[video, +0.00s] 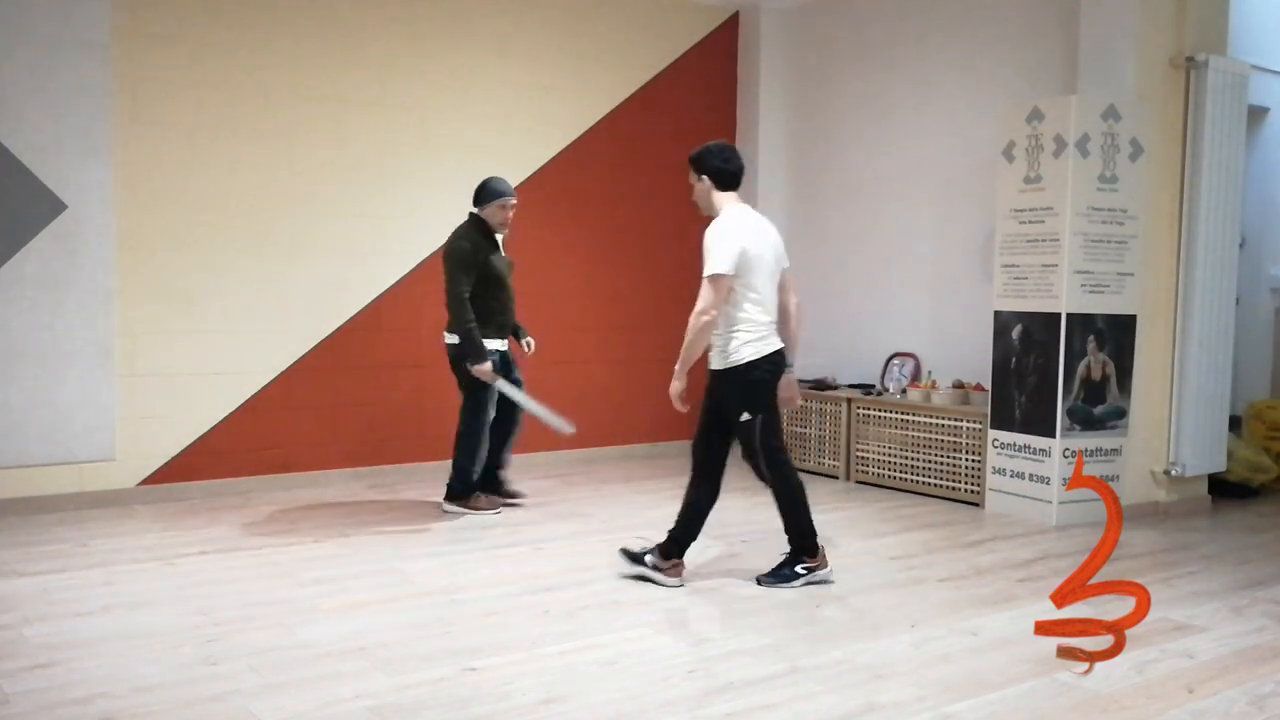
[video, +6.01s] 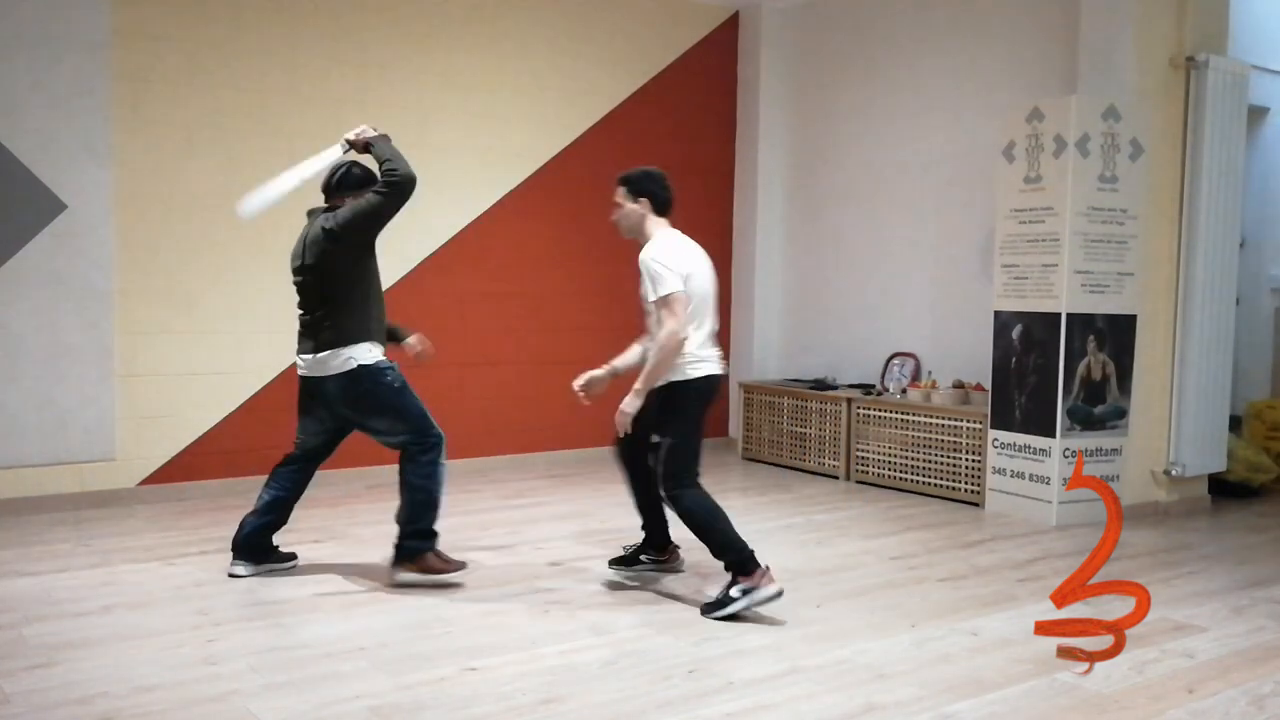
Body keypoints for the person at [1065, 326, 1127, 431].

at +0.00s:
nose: (1087, 346)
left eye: (1091, 342)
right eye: (1088, 342)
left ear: (1098, 345)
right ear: (1088, 345)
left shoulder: (1108, 364)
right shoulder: (1084, 364)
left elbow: (1113, 389)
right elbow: (1076, 390)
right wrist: (1070, 408)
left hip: (1103, 406)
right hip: (1086, 406)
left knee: (1121, 411)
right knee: (1071, 410)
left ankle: (1086, 425)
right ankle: (1101, 425)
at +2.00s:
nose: (1087, 345)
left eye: (1091, 342)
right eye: (1088, 342)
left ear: (1099, 344)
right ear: (1088, 345)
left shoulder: (1108, 364)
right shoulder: (1083, 365)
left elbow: (1113, 388)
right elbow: (1076, 390)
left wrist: (1115, 406)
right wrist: (1070, 408)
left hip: (1102, 405)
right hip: (1086, 405)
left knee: (1121, 411)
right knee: (1071, 410)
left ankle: (1086, 425)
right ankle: (1101, 425)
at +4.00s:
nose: (1088, 345)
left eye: (1091, 342)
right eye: (1088, 342)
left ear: (1098, 344)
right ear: (1087, 344)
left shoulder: (1108, 364)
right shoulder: (1084, 364)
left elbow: (1114, 392)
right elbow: (1076, 391)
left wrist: (1107, 407)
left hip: (1102, 406)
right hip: (1086, 406)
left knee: (1121, 411)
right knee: (1071, 410)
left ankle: (1086, 425)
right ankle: (1099, 425)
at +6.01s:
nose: (1088, 345)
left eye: (1091, 342)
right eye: (1088, 342)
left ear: (1098, 344)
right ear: (1087, 344)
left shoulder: (1108, 364)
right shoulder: (1084, 365)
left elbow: (1114, 391)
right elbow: (1076, 390)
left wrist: (1108, 407)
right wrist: (1070, 409)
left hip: (1103, 406)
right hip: (1086, 406)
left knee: (1121, 411)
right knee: (1071, 410)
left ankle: (1085, 425)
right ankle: (1100, 425)